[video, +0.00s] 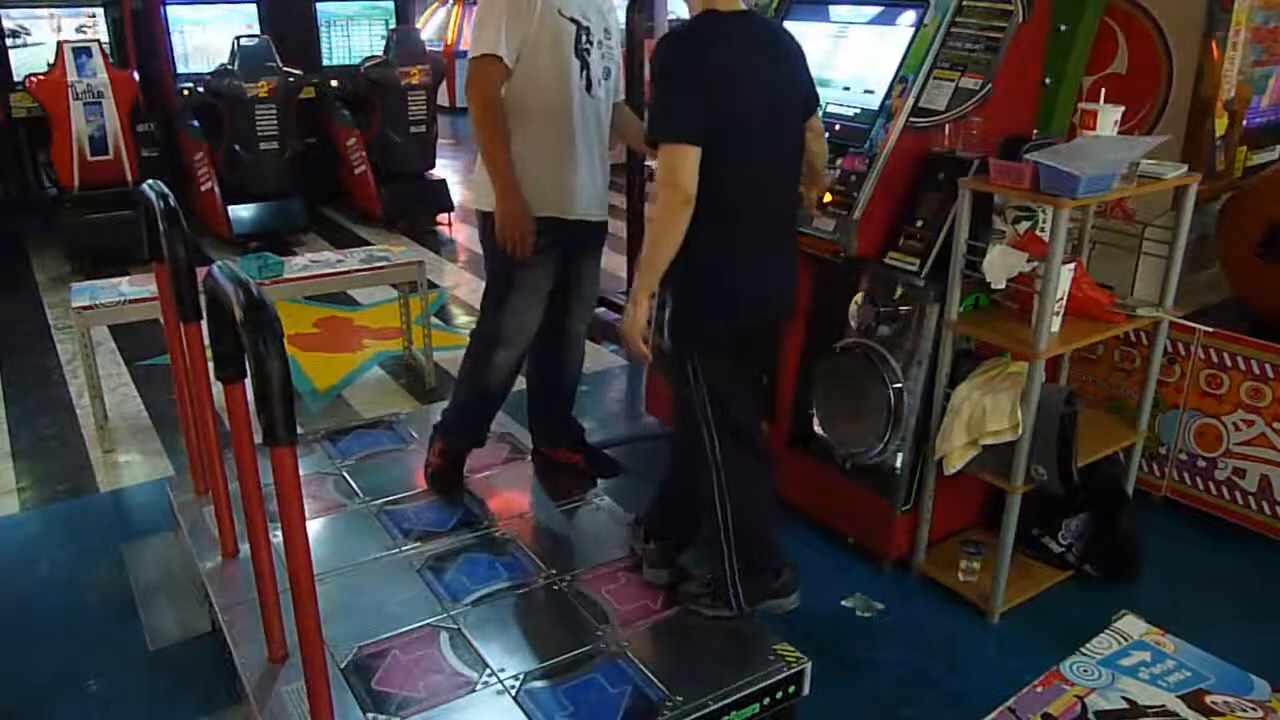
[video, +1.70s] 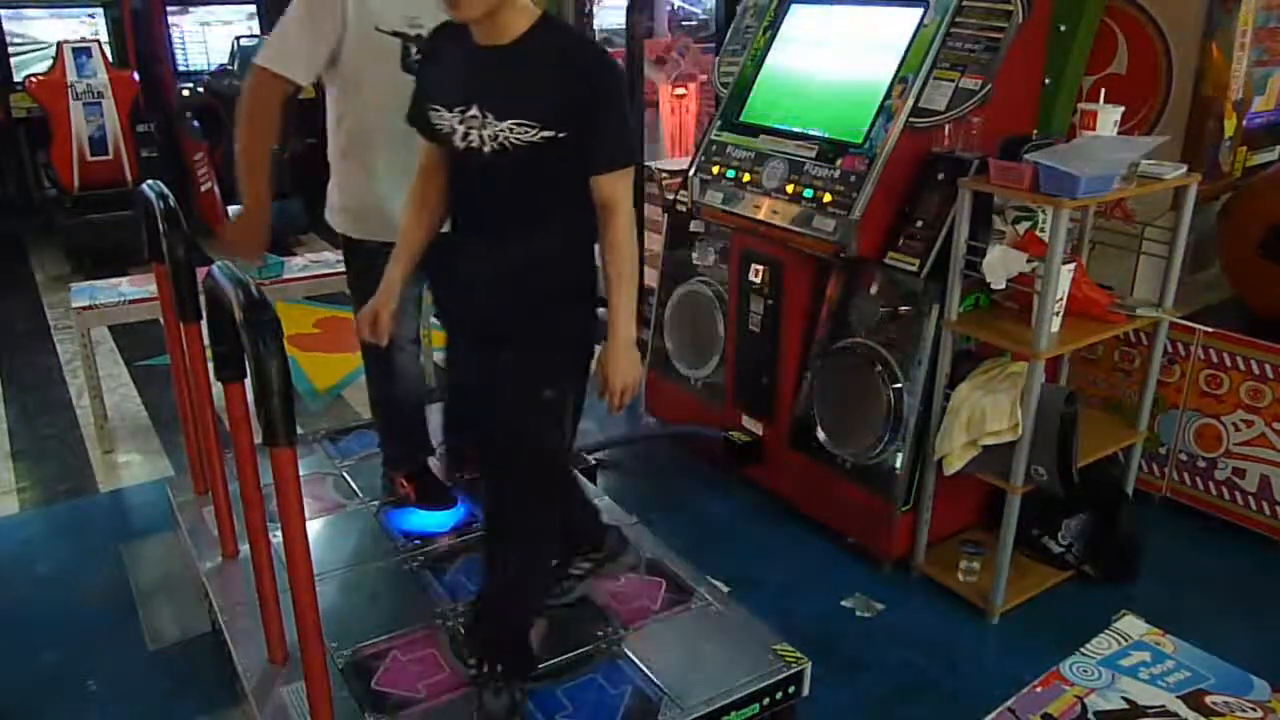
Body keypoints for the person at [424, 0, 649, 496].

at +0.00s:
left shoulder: (609, 11)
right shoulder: (516, 1)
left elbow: (607, 103)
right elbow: (482, 84)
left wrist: (662, 149)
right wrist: (506, 193)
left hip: (586, 204)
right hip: (523, 202)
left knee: (566, 338)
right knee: (506, 337)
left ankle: (556, 445)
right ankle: (451, 445)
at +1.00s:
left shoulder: (589, 16)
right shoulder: (487, 3)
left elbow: (590, 108)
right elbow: (441, 76)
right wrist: (450, 189)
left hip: (558, 207)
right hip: (484, 204)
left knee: (551, 344)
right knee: (466, 349)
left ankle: (554, 448)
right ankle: (442, 464)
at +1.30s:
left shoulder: (543, 11)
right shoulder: (421, 5)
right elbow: (383, 96)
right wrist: (398, 210)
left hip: (527, 218)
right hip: (442, 219)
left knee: (544, 358)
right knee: (427, 361)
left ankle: (559, 470)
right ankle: (407, 467)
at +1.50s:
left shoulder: (497, 8)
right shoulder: (366, 6)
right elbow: (327, 99)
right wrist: (332, 214)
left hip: (483, 207)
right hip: (394, 214)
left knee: (517, 350)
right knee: (406, 355)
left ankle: (548, 466)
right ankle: (408, 469)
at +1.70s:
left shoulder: (474, 7)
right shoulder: (337, 5)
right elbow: (263, 88)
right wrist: (253, 213)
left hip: (459, 202)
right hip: (375, 209)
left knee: (476, 337)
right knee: (395, 347)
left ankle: (471, 447)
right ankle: (408, 467)